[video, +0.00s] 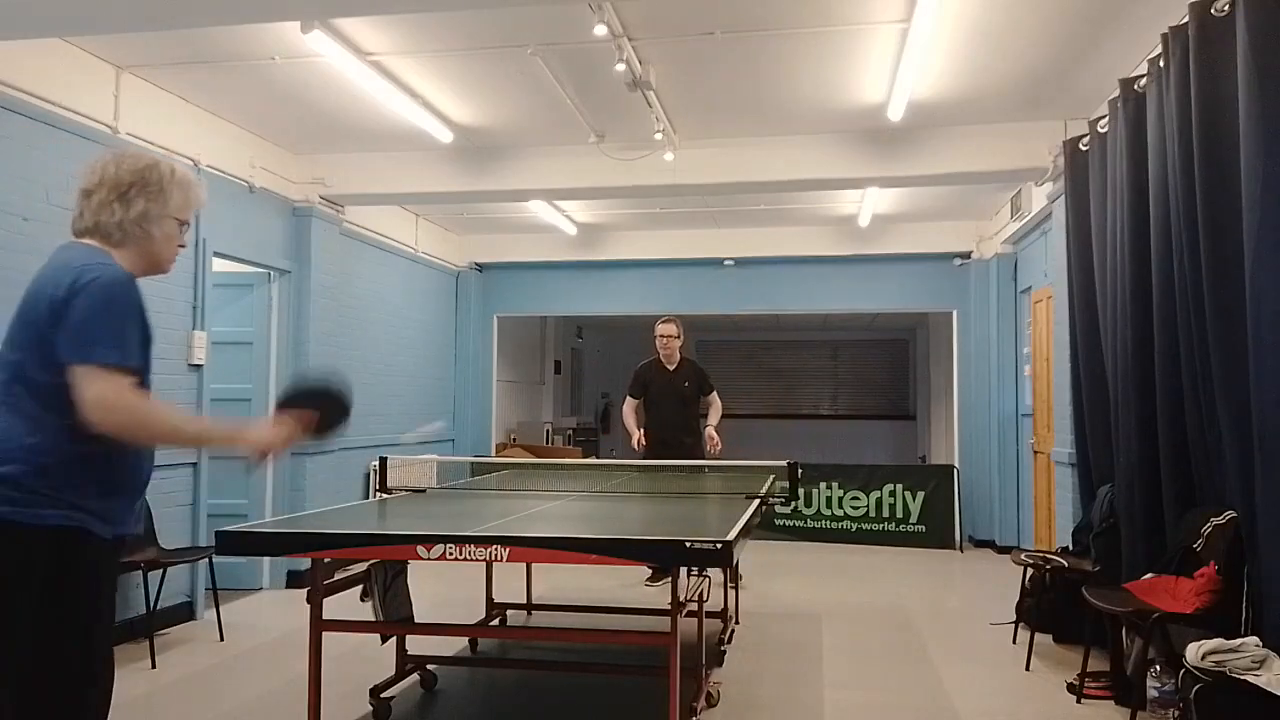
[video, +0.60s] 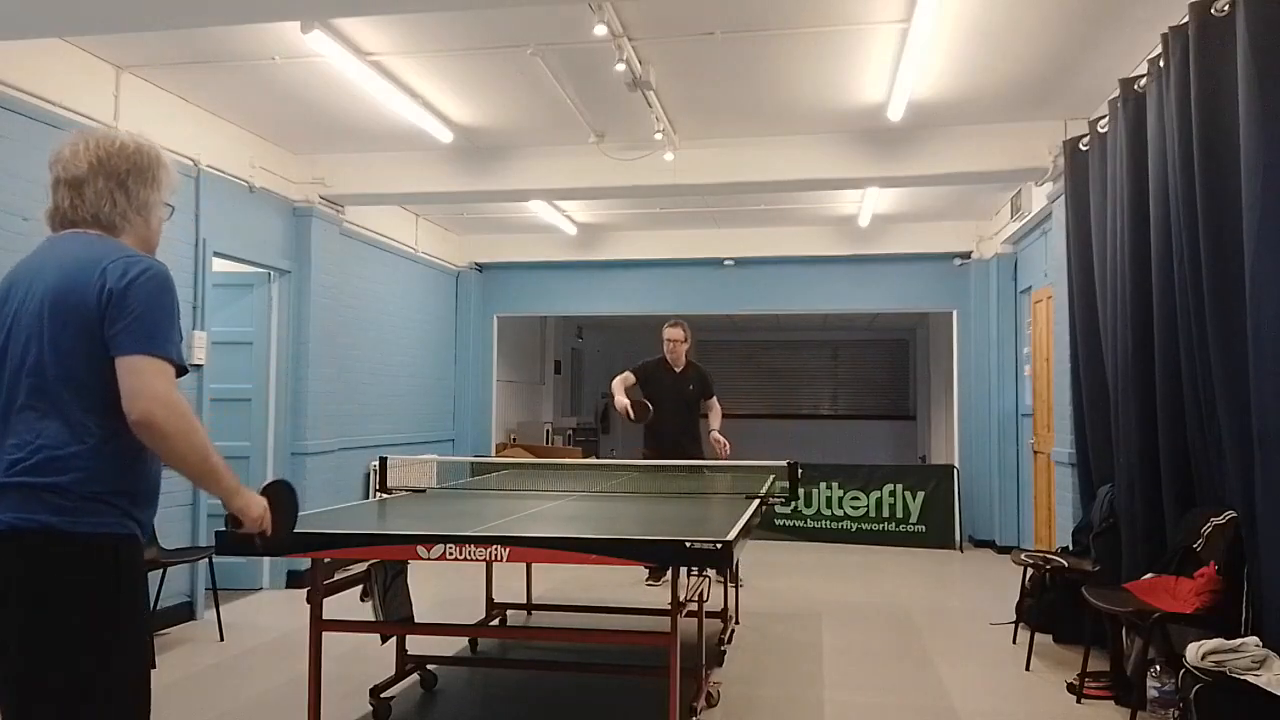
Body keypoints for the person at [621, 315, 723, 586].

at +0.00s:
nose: (664, 341)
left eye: (670, 337)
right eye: (660, 337)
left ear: (680, 340)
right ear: (654, 340)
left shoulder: (694, 370)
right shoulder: (644, 371)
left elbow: (715, 403)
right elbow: (629, 406)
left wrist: (710, 427)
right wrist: (634, 430)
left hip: (689, 456)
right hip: (655, 456)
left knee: (693, 508)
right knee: (654, 510)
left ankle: (695, 564)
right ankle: (660, 565)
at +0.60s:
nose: (671, 346)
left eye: (677, 342)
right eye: (667, 341)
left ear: (687, 344)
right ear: (662, 343)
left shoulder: (698, 373)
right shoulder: (650, 368)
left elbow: (713, 407)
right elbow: (618, 381)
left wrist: (714, 431)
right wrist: (620, 397)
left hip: (690, 455)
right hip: (656, 454)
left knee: (693, 508)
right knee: (654, 509)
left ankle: (696, 564)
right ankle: (656, 565)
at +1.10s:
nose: (680, 337)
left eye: (686, 333)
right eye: (677, 333)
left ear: (696, 338)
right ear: (671, 337)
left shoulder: (705, 372)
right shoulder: (657, 367)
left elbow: (718, 406)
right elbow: (631, 390)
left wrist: (720, 427)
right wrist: (647, 408)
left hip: (697, 455)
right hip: (662, 455)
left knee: (715, 507)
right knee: (660, 510)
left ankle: (732, 563)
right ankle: (657, 566)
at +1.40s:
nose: (694, 351)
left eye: (699, 346)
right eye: (690, 347)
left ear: (711, 348)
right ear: (685, 350)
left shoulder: (730, 378)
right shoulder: (680, 381)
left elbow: (753, 409)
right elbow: (662, 416)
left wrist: (740, 434)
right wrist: (668, 446)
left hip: (726, 462)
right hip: (691, 462)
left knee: (741, 514)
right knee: (674, 511)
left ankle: (754, 570)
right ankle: (660, 566)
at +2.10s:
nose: (685, 371)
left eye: (690, 366)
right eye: (680, 366)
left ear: (702, 363)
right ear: (675, 363)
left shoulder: (716, 387)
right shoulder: (668, 384)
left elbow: (732, 420)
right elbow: (638, 411)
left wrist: (721, 445)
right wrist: (649, 437)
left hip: (708, 464)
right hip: (675, 464)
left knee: (725, 512)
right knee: (668, 511)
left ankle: (750, 567)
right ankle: (669, 561)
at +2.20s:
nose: (686, 354)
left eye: (691, 349)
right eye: (682, 349)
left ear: (703, 348)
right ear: (677, 347)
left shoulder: (714, 377)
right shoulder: (667, 370)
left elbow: (728, 409)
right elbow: (631, 379)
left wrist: (719, 434)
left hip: (704, 456)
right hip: (670, 454)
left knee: (722, 506)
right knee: (667, 508)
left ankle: (741, 563)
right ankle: (669, 560)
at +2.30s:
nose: (691, 339)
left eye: (697, 335)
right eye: (687, 334)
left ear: (705, 337)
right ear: (680, 336)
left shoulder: (714, 370)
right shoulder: (665, 359)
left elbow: (726, 402)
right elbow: (641, 360)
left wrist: (720, 427)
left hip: (702, 450)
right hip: (669, 448)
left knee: (712, 505)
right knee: (666, 506)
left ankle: (729, 559)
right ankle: (668, 560)